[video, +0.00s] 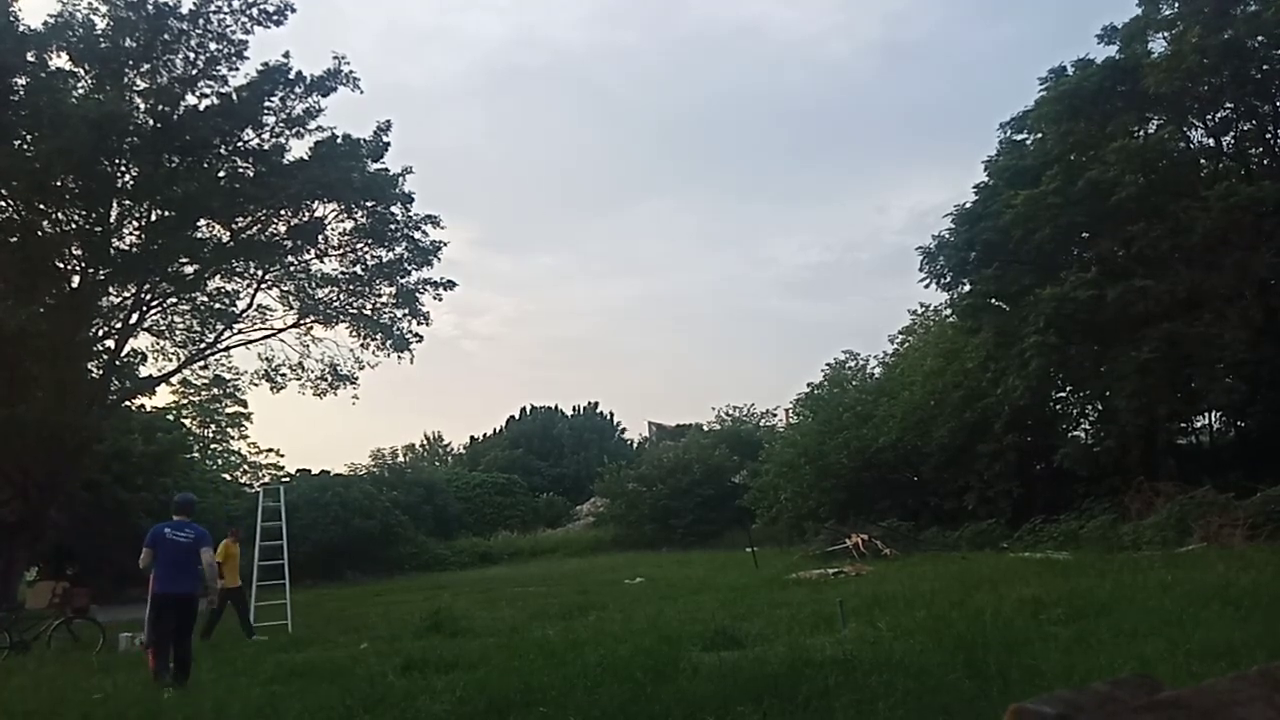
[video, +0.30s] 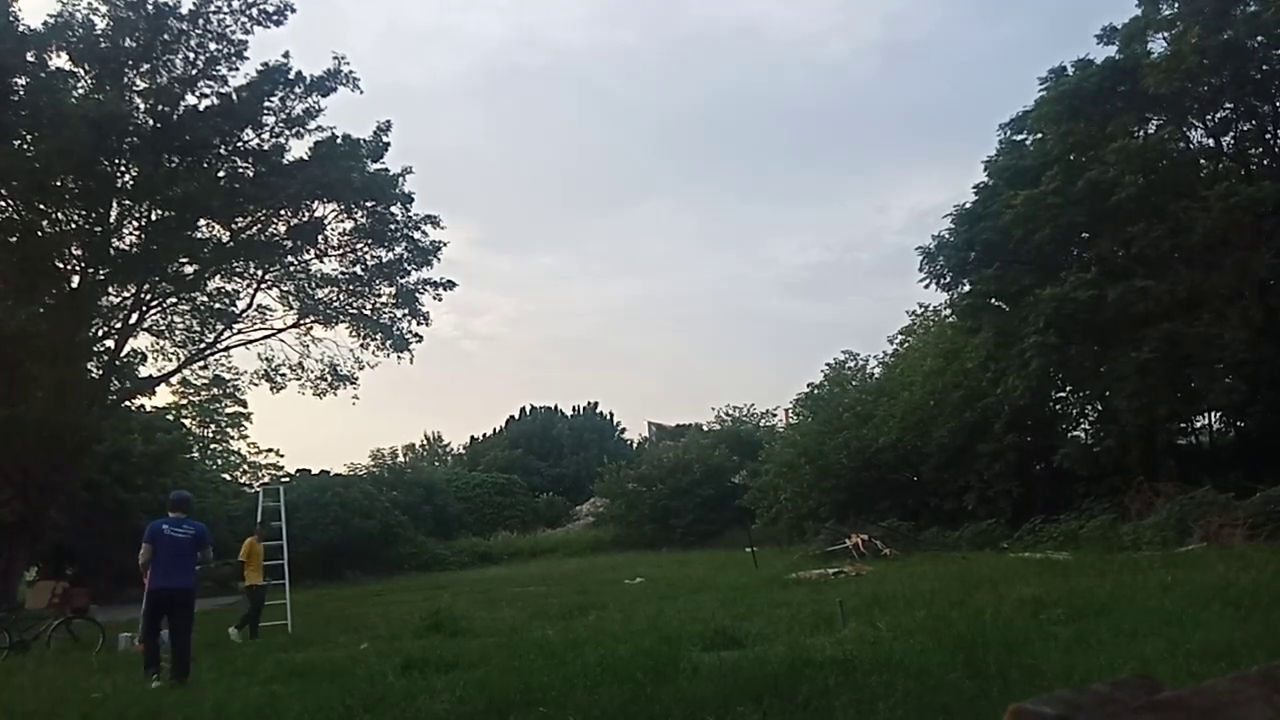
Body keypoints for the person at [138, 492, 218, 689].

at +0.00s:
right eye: (189, 510)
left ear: (172, 510)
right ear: (191, 511)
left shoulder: (157, 531)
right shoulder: (200, 533)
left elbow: (143, 563)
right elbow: (208, 562)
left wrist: (157, 555)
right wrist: (213, 591)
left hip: (162, 595)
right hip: (188, 595)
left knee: (159, 639)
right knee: (184, 640)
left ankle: (162, 680)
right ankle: (181, 682)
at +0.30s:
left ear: (168, 507)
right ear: (188, 508)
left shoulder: (156, 527)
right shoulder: (199, 529)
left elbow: (144, 557)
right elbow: (208, 558)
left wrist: (144, 572)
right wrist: (192, 561)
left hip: (158, 590)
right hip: (184, 590)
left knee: (150, 632)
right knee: (182, 635)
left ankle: (153, 673)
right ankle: (180, 677)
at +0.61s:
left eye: (157, 516)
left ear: (154, 517)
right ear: (173, 517)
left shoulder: (143, 538)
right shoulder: (184, 538)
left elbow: (133, 570)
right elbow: (187, 566)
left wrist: (128, 597)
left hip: (147, 596)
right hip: (174, 596)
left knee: (144, 638)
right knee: (175, 634)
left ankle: (143, 675)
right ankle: (176, 662)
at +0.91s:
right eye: (165, 516)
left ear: (152, 515)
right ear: (170, 516)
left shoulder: (139, 534)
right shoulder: (178, 536)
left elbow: (119, 560)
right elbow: (179, 560)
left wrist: (129, 579)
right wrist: (167, 575)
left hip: (142, 590)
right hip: (166, 591)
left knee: (141, 632)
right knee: (163, 632)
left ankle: (143, 671)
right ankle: (160, 668)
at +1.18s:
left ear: (152, 521)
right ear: (169, 523)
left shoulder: (140, 537)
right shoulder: (176, 541)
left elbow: (112, 558)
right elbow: (174, 562)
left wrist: (129, 571)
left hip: (141, 594)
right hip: (164, 595)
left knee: (133, 633)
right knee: (158, 635)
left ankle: (140, 659)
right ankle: (157, 671)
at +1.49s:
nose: (147, 527)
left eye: (145, 524)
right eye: (153, 524)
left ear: (142, 524)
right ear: (158, 524)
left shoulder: (131, 542)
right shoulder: (167, 541)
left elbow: (112, 567)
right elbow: (169, 563)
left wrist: (128, 571)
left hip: (134, 594)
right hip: (158, 594)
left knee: (127, 632)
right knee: (155, 634)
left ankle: (120, 666)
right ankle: (153, 669)